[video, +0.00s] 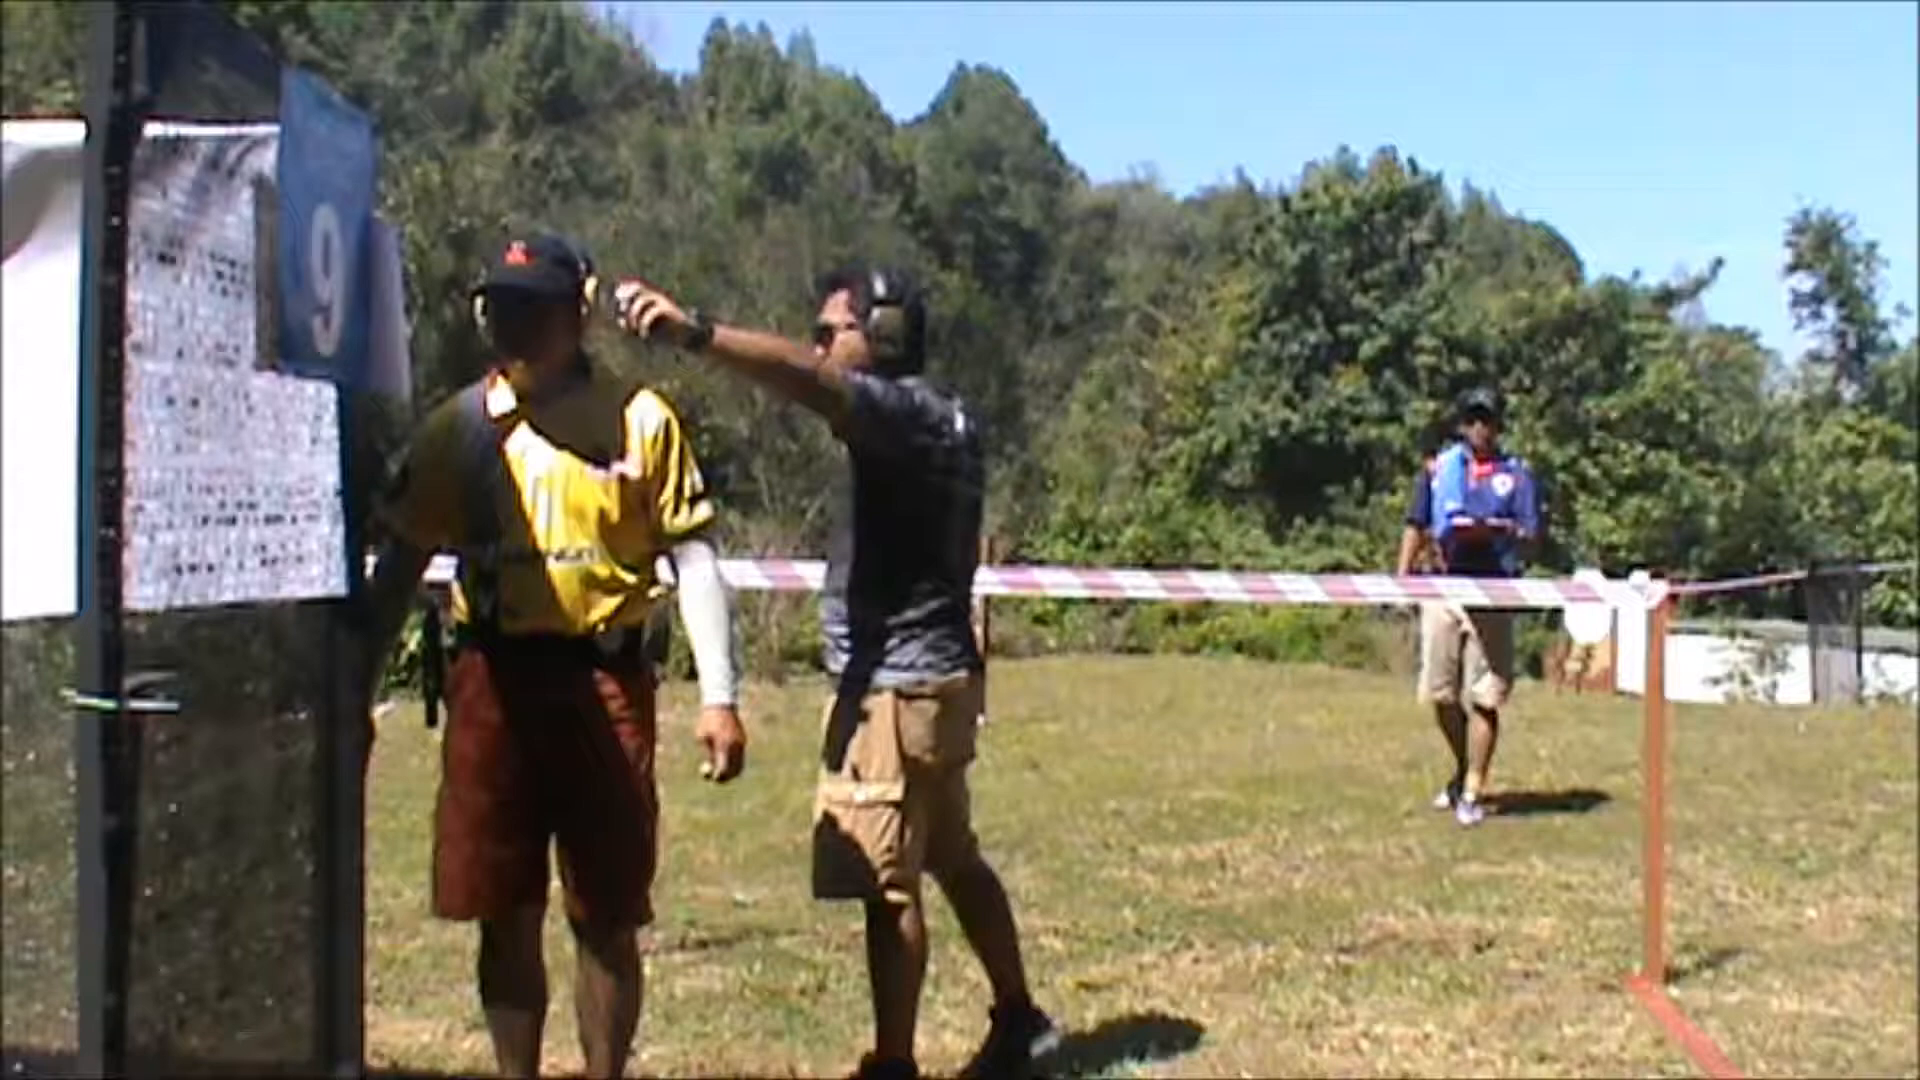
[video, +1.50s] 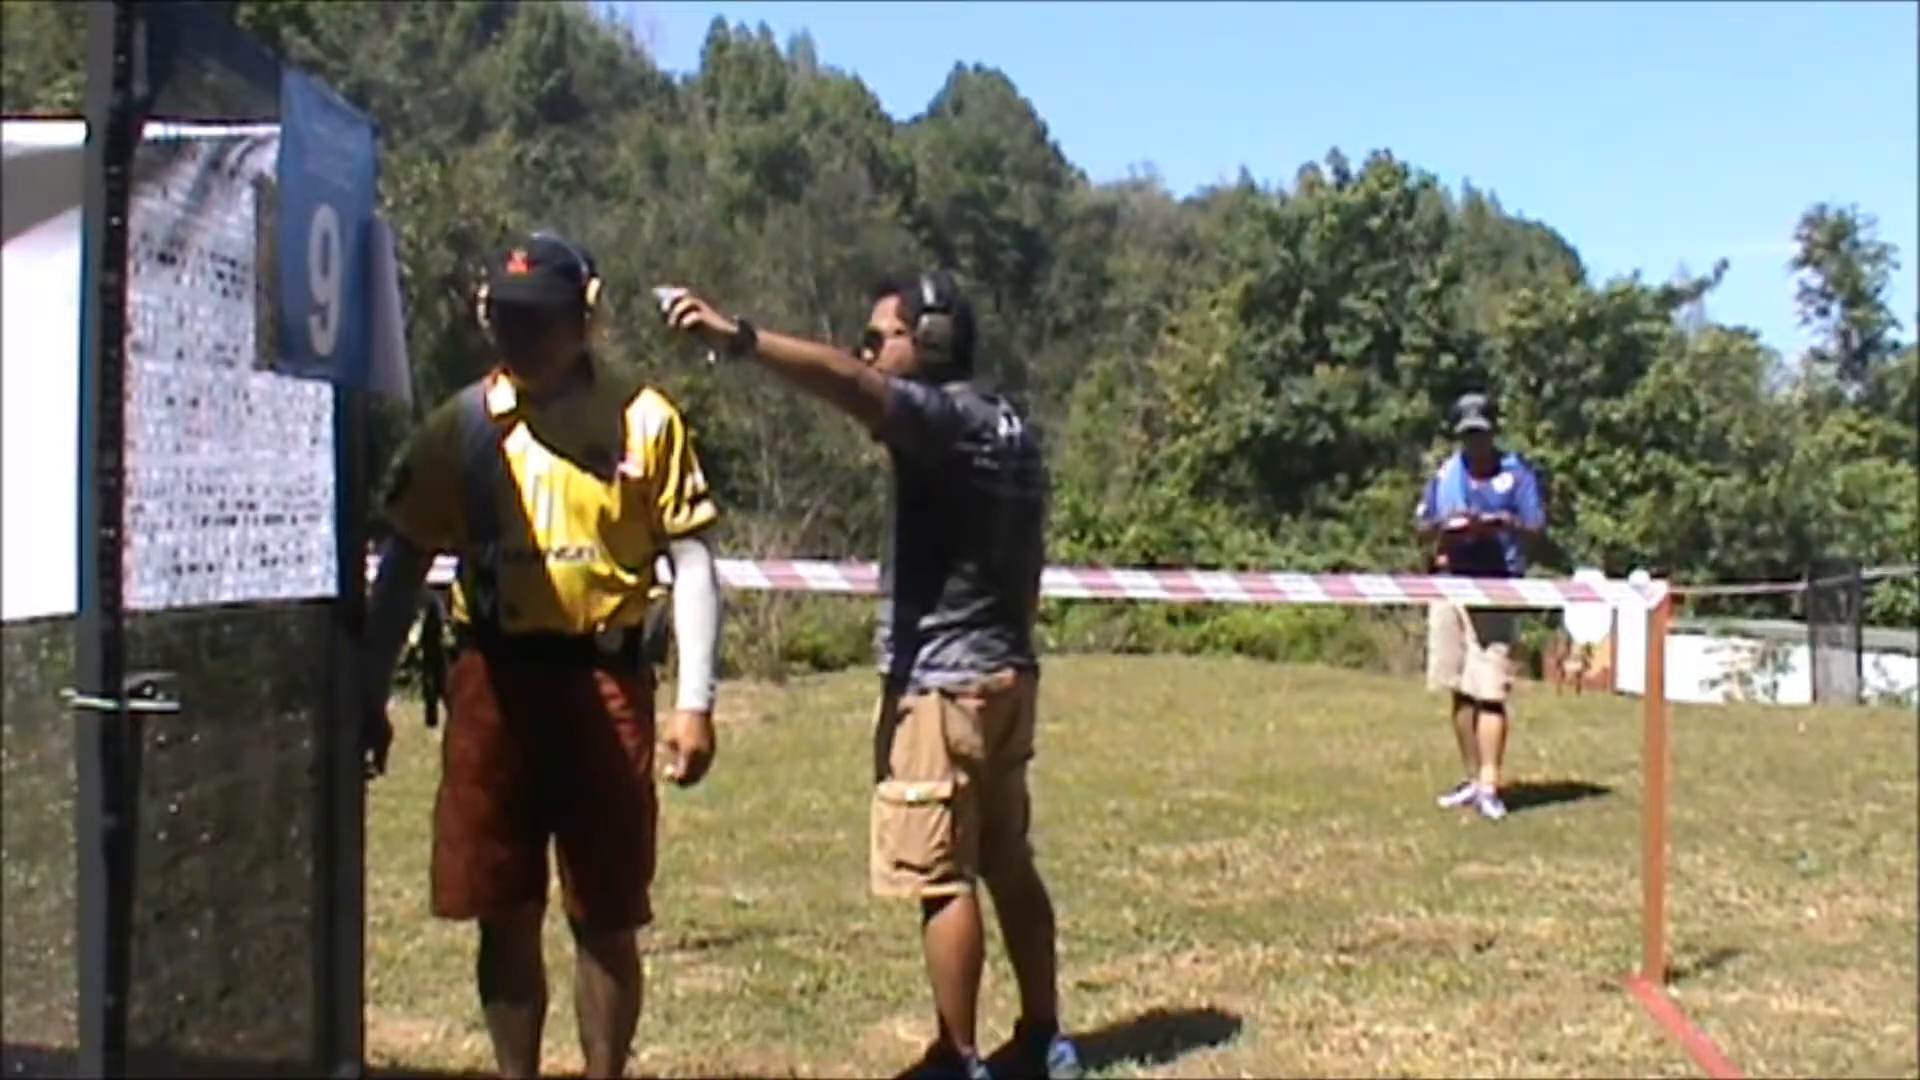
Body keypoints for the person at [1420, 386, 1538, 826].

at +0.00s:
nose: (1479, 430)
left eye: (1486, 422)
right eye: (1471, 422)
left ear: (1498, 428)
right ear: (1461, 426)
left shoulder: (1516, 474)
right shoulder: (1439, 470)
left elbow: (1532, 538)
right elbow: (1416, 525)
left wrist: (1494, 529)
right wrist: (1403, 571)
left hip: (1493, 593)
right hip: (1442, 590)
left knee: (1486, 698)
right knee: (1442, 694)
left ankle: (1475, 789)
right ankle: (1460, 767)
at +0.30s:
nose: (1473, 431)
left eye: (1481, 423)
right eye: (1466, 422)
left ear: (1493, 428)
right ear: (1456, 427)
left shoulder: (1513, 472)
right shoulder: (1441, 470)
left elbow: (1533, 535)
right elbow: (1422, 527)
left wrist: (1488, 532)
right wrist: (1402, 573)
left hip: (1492, 591)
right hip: (1448, 590)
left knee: (1483, 692)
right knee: (1455, 691)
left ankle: (1475, 788)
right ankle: (1469, 777)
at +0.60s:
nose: (1468, 432)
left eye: (1477, 424)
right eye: (1463, 424)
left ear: (1493, 429)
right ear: (1456, 428)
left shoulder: (1513, 468)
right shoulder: (1448, 470)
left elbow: (1529, 529)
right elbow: (1439, 526)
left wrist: (1488, 529)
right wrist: (1438, 536)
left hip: (1496, 588)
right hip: (1452, 587)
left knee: (1486, 689)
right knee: (1459, 690)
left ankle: (1480, 782)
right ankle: (1472, 776)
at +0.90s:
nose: (1473, 431)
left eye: (1481, 424)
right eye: (1468, 423)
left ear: (1496, 428)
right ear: (1462, 428)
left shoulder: (1518, 469)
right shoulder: (1453, 469)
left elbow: (1533, 527)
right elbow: (1441, 521)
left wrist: (1493, 522)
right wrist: (1443, 534)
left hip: (1498, 586)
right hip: (1455, 585)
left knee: (1494, 690)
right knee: (1463, 689)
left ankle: (1490, 784)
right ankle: (1472, 776)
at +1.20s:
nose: (1474, 440)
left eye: (1481, 432)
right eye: (1467, 433)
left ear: (1495, 433)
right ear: (1459, 435)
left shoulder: (1519, 471)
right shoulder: (1449, 474)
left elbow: (1538, 536)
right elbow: (1437, 527)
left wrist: (1502, 522)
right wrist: (1467, 526)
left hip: (1502, 588)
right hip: (1456, 587)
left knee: (1493, 689)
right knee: (1462, 688)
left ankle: (1489, 783)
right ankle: (1472, 776)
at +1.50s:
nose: (1475, 442)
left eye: (1482, 434)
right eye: (1468, 435)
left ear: (1494, 434)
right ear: (1458, 437)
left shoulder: (1517, 474)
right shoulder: (1446, 473)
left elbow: (1537, 534)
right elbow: (1423, 525)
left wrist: (1504, 522)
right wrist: (1452, 525)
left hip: (1497, 588)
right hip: (1451, 587)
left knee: (1491, 691)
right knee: (1460, 690)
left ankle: (1490, 783)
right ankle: (1472, 776)